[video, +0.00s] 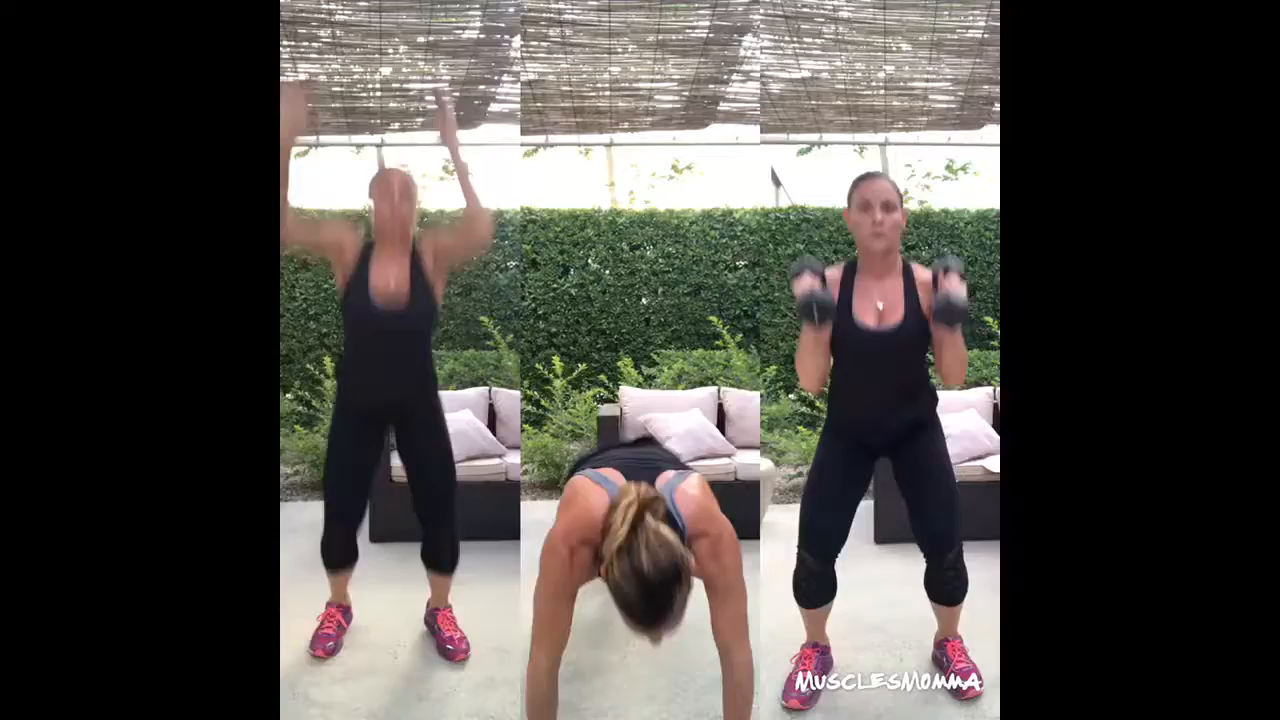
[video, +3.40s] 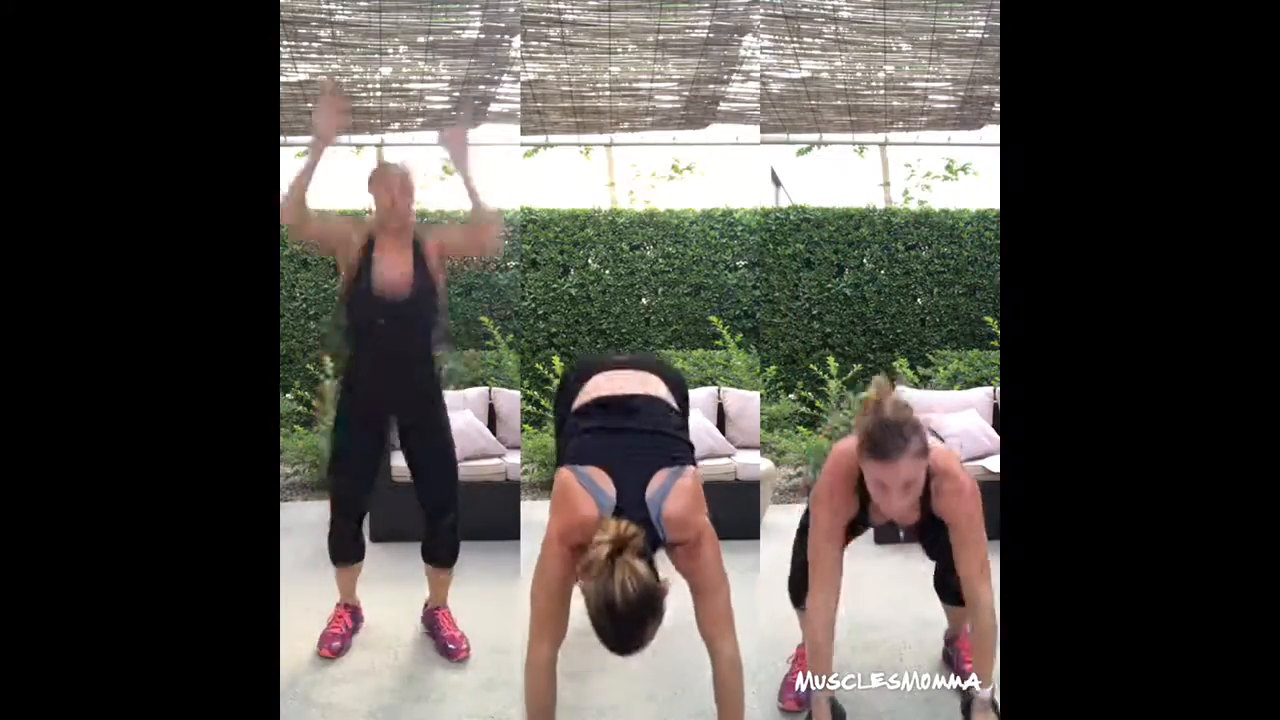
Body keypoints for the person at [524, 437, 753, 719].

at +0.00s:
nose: (656, 640)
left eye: (667, 628)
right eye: (643, 631)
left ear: (687, 558)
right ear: (605, 572)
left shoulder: (711, 527)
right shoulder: (571, 533)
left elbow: (735, 651)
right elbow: (544, 660)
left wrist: (737, 716)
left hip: (675, 468)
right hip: (597, 467)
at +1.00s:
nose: (694, 651)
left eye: (701, 638)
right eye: (681, 647)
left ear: (716, 575)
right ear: (634, 579)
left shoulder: (737, 519)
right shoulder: (613, 535)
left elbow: (749, 650)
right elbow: (563, 658)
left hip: (721, 444)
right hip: (644, 447)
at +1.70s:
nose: (635, 655)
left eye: (641, 647)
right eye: (623, 653)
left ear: (664, 588)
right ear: (582, 577)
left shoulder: (703, 531)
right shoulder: (568, 528)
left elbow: (732, 656)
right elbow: (543, 652)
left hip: (690, 422)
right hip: (615, 424)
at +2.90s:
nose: (633, 625)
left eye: (649, 611)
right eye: (619, 613)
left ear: (675, 556)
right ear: (590, 559)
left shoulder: (700, 521)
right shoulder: (566, 522)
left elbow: (732, 647)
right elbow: (536, 650)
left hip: (671, 478)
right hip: (589, 477)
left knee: (673, 633)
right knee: (564, 633)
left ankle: (632, 630)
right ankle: (599, 622)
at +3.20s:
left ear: (671, 567)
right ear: (585, 571)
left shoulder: (692, 527)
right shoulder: (563, 532)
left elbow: (727, 649)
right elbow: (538, 657)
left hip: (659, 435)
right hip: (582, 434)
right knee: (580, 585)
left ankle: (633, 636)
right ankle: (595, 621)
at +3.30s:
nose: (629, 642)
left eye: (640, 636)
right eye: (617, 637)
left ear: (661, 573)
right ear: (583, 571)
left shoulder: (685, 518)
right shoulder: (568, 516)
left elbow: (721, 643)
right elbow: (542, 650)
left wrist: (731, 716)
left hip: (659, 378)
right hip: (582, 377)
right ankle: (597, 611)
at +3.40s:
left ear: (663, 590)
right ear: (582, 577)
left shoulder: (688, 522)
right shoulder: (569, 519)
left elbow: (723, 646)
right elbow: (542, 648)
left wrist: (731, 715)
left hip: (662, 380)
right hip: (583, 379)